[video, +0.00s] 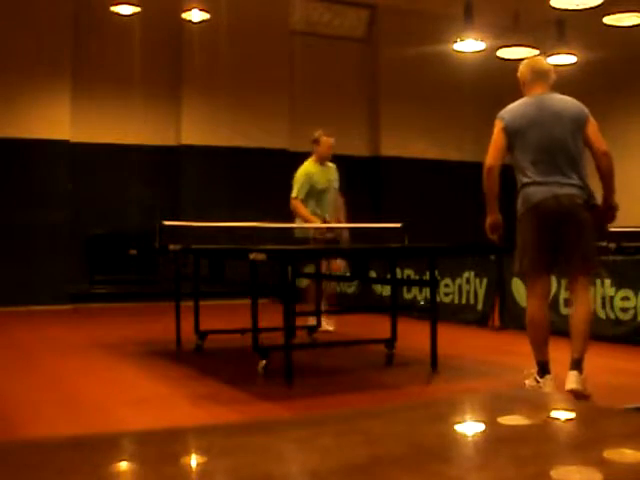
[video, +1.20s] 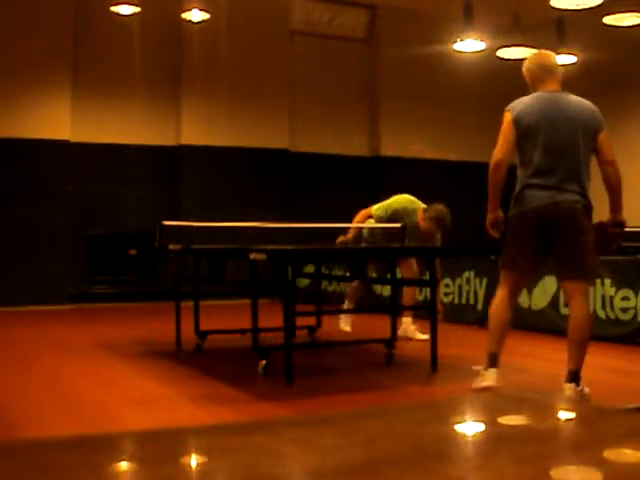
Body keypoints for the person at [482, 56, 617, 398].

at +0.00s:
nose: (519, 85)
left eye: (519, 80)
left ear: (523, 82)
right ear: (551, 79)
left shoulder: (508, 115)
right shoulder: (576, 109)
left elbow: (491, 165)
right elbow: (602, 153)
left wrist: (492, 211)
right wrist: (610, 199)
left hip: (533, 206)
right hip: (575, 205)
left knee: (537, 289)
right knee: (581, 285)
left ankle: (542, 373)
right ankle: (576, 372)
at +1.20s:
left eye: (526, 78)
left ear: (528, 79)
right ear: (559, 76)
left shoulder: (518, 109)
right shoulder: (588, 111)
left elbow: (499, 160)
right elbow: (609, 165)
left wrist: (493, 207)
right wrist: (617, 213)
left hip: (529, 215)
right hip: (573, 215)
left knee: (507, 288)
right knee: (578, 295)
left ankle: (490, 368)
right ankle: (573, 381)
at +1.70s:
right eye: (500, 74)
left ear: (473, 82)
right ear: (503, 76)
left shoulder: (460, 112)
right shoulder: (533, 108)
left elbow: (442, 163)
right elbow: (553, 159)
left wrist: (450, 208)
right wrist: (566, 209)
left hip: (475, 213)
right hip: (521, 213)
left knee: (473, 294)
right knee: (544, 292)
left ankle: (474, 378)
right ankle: (559, 376)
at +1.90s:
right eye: (489, 72)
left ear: (462, 80)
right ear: (491, 75)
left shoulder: (448, 111)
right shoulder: (518, 106)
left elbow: (429, 161)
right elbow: (540, 155)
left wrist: (439, 208)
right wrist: (550, 208)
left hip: (464, 210)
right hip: (507, 208)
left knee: (466, 291)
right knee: (527, 285)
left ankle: (473, 376)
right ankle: (507, 366)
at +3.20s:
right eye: (467, 67)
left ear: (438, 73)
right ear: (469, 69)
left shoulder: (424, 105)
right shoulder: (496, 103)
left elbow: (399, 157)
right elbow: (514, 157)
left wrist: (398, 199)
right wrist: (529, 209)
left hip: (434, 208)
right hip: (479, 208)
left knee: (433, 290)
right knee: (476, 297)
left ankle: (422, 376)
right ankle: (461, 387)